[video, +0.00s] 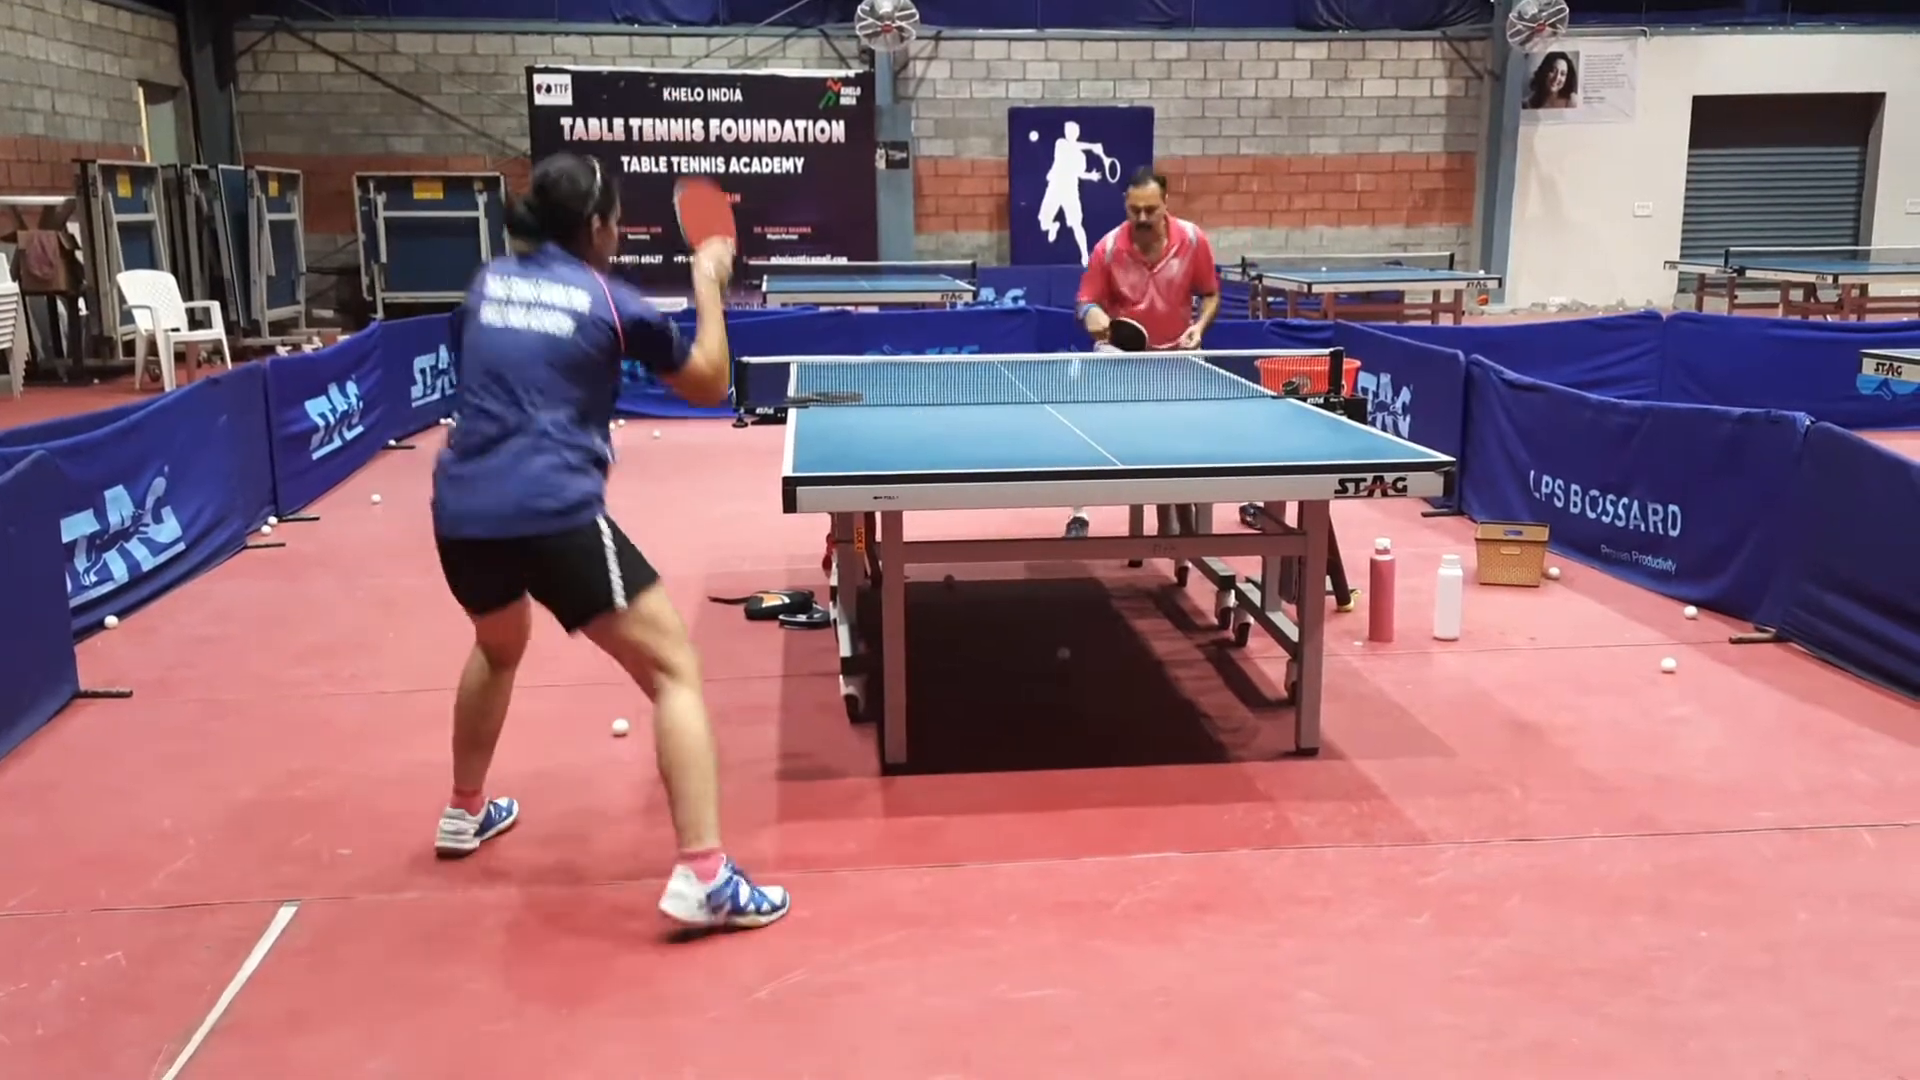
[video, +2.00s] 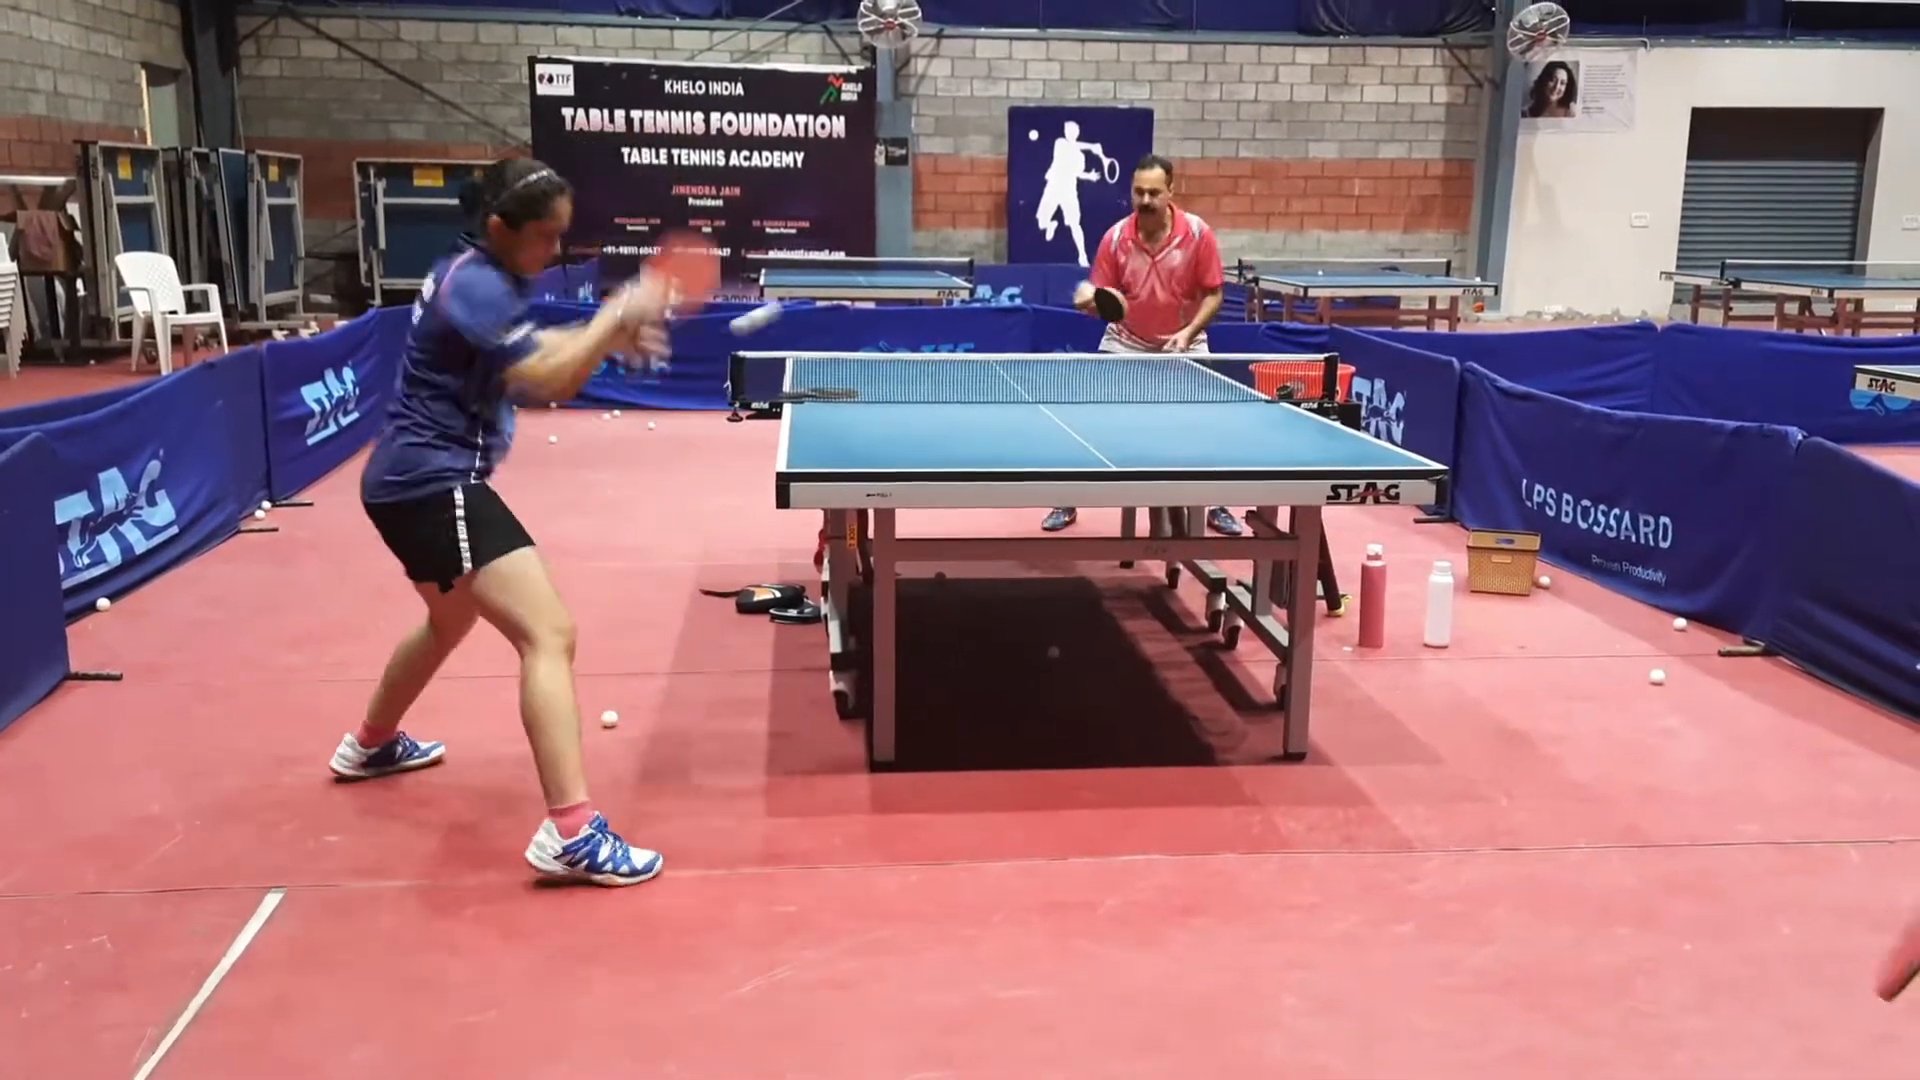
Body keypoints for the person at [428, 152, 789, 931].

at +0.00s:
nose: (619, 229)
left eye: (617, 216)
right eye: (615, 217)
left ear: (534, 218)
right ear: (596, 224)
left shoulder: (485, 282)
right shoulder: (609, 301)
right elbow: (707, 382)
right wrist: (710, 285)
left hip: (463, 515)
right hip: (558, 515)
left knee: (496, 646)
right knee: (672, 672)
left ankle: (462, 811)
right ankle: (704, 872)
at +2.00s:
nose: (557, 247)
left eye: (561, 234)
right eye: (546, 235)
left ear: (509, 229)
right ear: (499, 226)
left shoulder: (477, 272)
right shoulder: (475, 289)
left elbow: (531, 360)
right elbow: (547, 380)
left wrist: (609, 337)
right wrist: (617, 312)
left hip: (405, 479)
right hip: (435, 481)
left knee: (450, 619)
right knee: (547, 634)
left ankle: (371, 744)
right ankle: (573, 829)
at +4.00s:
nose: (593, 254)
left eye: (591, 240)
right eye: (587, 241)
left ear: (539, 243)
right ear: (556, 250)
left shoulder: (511, 294)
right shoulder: (496, 327)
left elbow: (530, 401)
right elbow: (450, 464)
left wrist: (598, 470)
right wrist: (549, 516)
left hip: (359, 482)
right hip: (379, 499)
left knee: (398, 636)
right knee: (501, 665)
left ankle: (313, 764)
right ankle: (479, 869)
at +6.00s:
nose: (606, 207)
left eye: (605, 194)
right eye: (603, 196)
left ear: (526, 192)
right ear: (582, 202)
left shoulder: (472, 250)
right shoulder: (596, 269)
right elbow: (685, 307)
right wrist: (658, 211)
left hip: (445, 483)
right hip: (541, 489)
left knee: (445, 624)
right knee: (638, 650)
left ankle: (395, 781)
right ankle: (662, 834)